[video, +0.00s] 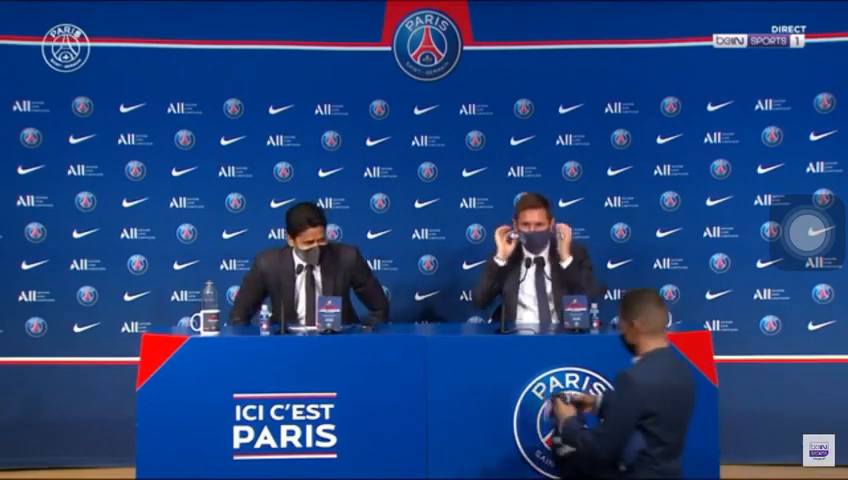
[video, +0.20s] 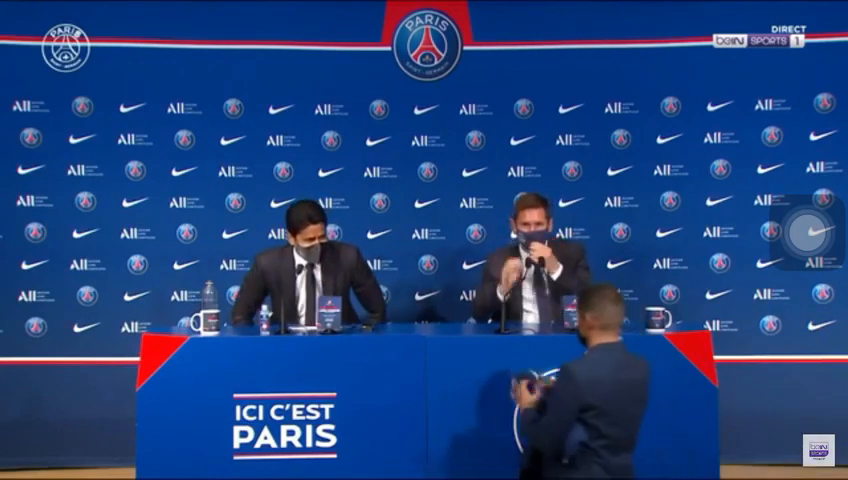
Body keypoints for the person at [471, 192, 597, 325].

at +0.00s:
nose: (532, 231)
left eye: (539, 225)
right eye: (526, 225)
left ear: (551, 225)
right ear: (516, 225)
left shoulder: (573, 253)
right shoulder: (506, 255)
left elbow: (591, 296)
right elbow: (480, 301)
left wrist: (566, 259)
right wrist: (500, 258)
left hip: (561, 340)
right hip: (516, 341)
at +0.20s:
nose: (532, 231)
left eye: (538, 225)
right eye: (525, 225)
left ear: (549, 225)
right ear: (514, 225)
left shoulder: (569, 253)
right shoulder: (498, 260)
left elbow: (583, 295)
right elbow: (479, 313)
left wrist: (554, 269)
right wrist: (501, 290)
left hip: (557, 341)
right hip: (512, 342)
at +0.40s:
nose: (532, 235)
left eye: (537, 228)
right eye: (525, 229)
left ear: (545, 225)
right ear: (510, 228)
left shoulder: (566, 252)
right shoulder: (495, 261)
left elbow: (589, 297)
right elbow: (476, 311)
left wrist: (557, 277)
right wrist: (502, 309)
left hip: (558, 343)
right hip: (510, 345)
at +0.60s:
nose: (527, 236)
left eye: (532, 229)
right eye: (520, 230)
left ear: (539, 226)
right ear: (503, 228)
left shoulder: (561, 251)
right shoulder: (487, 261)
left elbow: (594, 290)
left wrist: (571, 299)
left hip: (557, 341)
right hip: (504, 345)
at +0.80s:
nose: (525, 235)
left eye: (530, 228)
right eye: (518, 229)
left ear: (538, 223)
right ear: (503, 227)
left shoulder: (559, 250)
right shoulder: (485, 261)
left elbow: (591, 288)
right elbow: (478, 316)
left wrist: (572, 317)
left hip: (556, 342)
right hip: (506, 345)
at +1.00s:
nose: (529, 229)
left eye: (535, 223)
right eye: (522, 223)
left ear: (546, 219)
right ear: (510, 221)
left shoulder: (568, 249)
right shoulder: (492, 252)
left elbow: (595, 287)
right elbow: (468, 295)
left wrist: (579, 317)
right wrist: (491, 320)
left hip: (557, 342)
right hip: (510, 343)